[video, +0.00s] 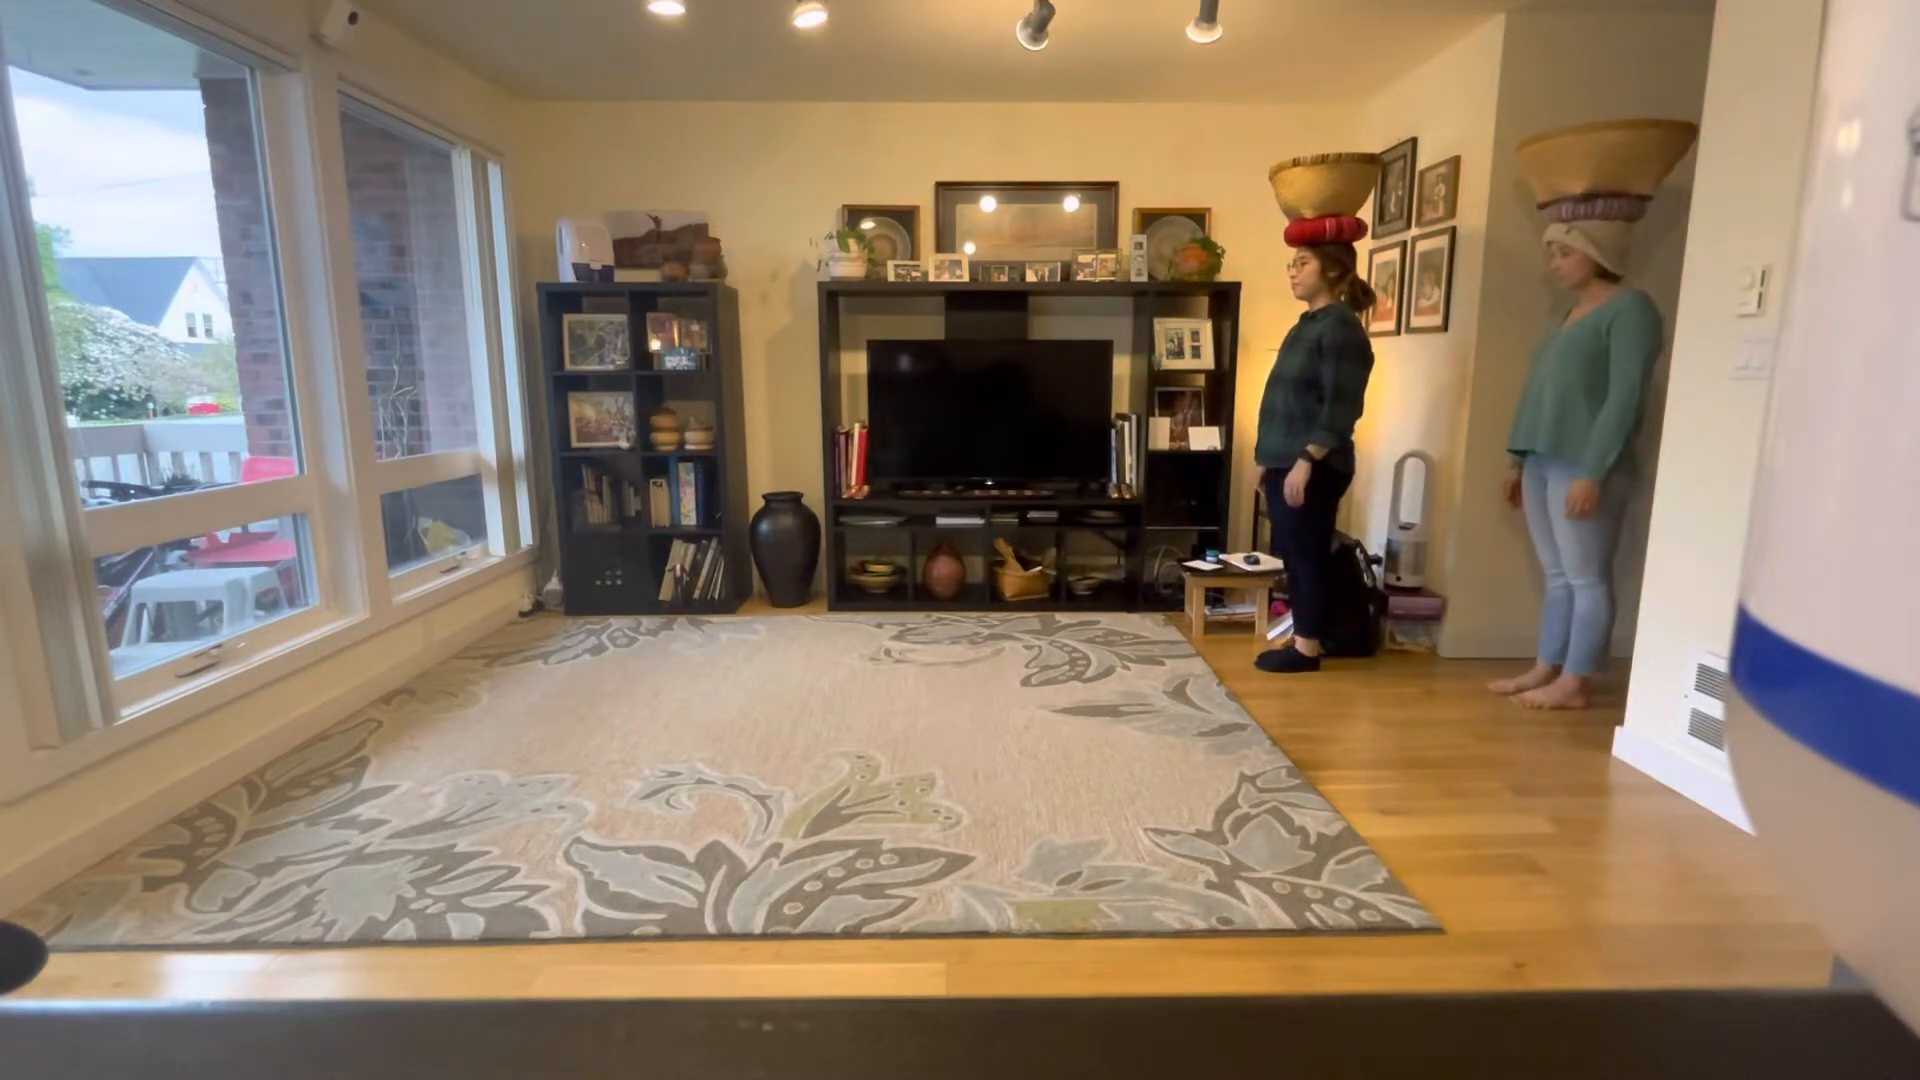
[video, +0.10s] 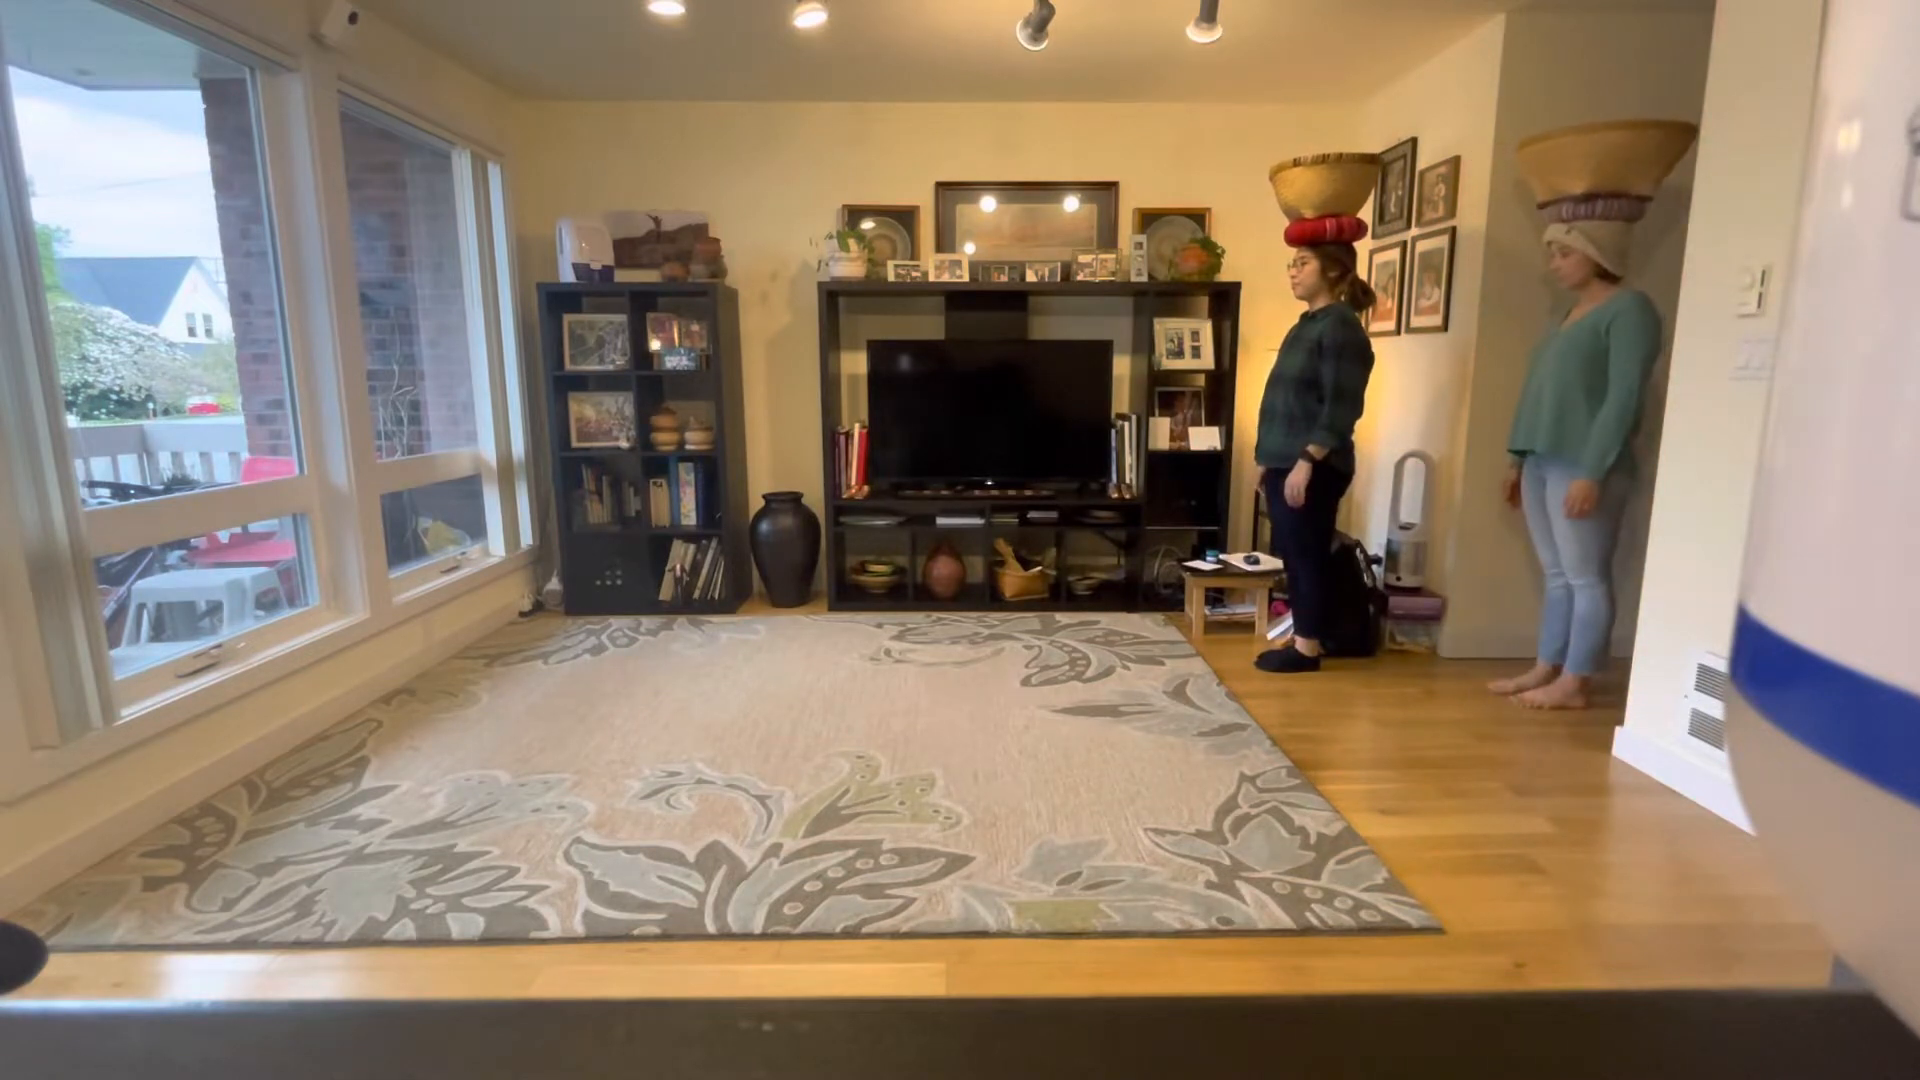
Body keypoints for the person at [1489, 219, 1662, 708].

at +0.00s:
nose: (1554, 263)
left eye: (1563, 253)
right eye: (1552, 254)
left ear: (1594, 254)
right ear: (1570, 259)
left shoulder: (1630, 309)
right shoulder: (1573, 312)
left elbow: (1624, 399)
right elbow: (1542, 388)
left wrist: (1592, 473)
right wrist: (1520, 460)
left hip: (1583, 464)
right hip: (1541, 461)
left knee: (1585, 577)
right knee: (1557, 574)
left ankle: (1575, 681)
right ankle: (1546, 667)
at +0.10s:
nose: (1555, 264)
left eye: (1564, 253)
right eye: (1552, 254)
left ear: (1595, 254)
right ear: (1566, 261)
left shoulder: (1630, 309)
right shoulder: (1572, 313)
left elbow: (1623, 399)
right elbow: (1542, 389)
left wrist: (1591, 473)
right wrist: (1520, 460)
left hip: (1584, 464)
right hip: (1541, 462)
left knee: (1585, 577)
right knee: (1557, 574)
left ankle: (1575, 681)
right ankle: (1546, 666)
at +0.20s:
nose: (1554, 264)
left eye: (1563, 253)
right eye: (1552, 254)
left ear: (1595, 254)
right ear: (1566, 260)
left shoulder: (1629, 310)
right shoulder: (1571, 312)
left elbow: (1621, 400)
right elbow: (1540, 388)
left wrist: (1591, 474)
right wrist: (1519, 460)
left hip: (1584, 464)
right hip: (1540, 461)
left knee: (1585, 577)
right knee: (1557, 574)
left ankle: (1575, 681)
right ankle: (1546, 666)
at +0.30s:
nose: (1554, 264)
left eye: (1563, 253)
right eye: (1552, 255)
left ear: (1595, 255)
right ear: (1565, 261)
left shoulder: (1629, 310)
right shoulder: (1571, 313)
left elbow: (1621, 400)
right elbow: (1540, 389)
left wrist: (1591, 474)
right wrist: (1519, 461)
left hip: (1584, 463)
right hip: (1540, 461)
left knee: (1585, 577)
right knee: (1557, 574)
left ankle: (1575, 681)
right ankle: (1546, 666)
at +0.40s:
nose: (1554, 264)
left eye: (1563, 253)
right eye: (1552, 255)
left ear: (1595, 255)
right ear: (1565, 261)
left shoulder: (1629, 309)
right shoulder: (1571, 312)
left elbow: (1626, 400)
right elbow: (1541, 388)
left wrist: (1592, 473)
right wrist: (1520, 459)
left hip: (1584, 464)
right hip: (1541, 462)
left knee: (1585, 577)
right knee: (1557, 574)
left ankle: (1575, 681)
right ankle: (1546, 666)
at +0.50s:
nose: (1553, 263)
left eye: (1563, 253)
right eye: (1551, 254)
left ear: (1594, 254)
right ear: (1558, 261)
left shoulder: (1626, 308)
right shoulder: (1569, 312)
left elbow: (1640, 395)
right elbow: (1549, 386)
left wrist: (1597, 466)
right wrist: (1527, 450)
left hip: (1584, 464)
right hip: (1541, 460)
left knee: (1584, 576)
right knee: (1556, 573)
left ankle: (1575, 682)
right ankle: (1546, 666)